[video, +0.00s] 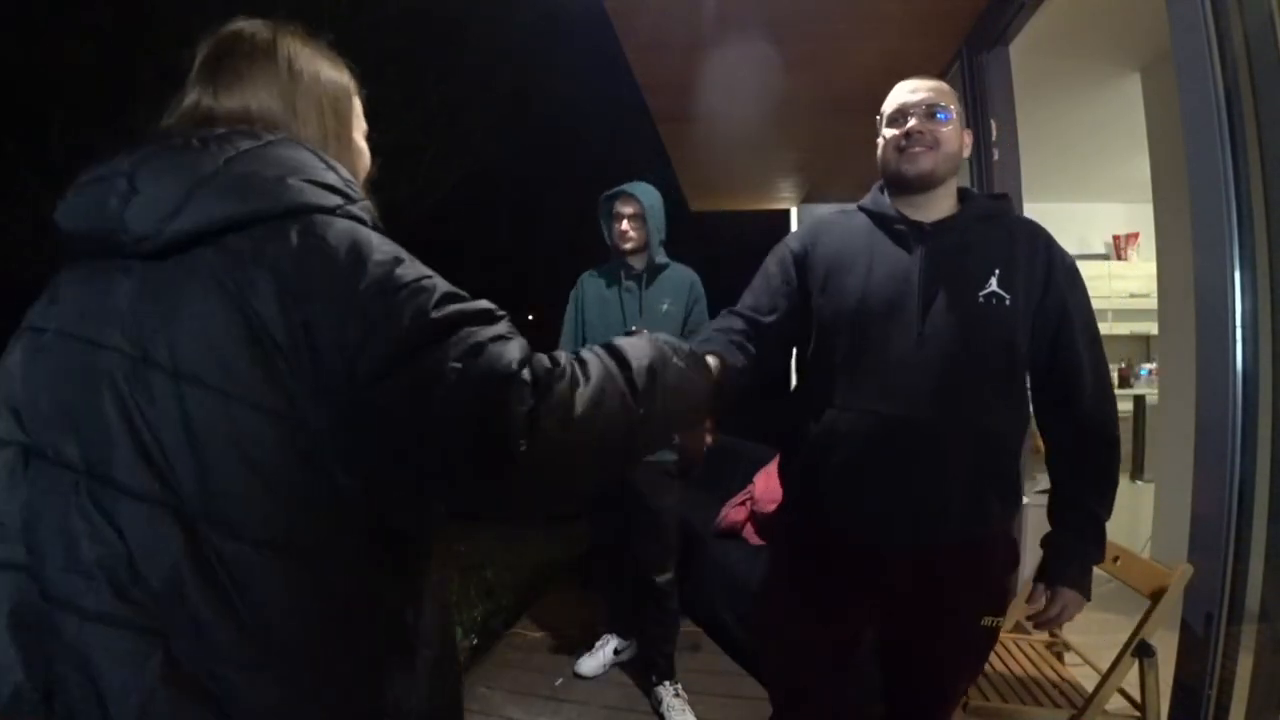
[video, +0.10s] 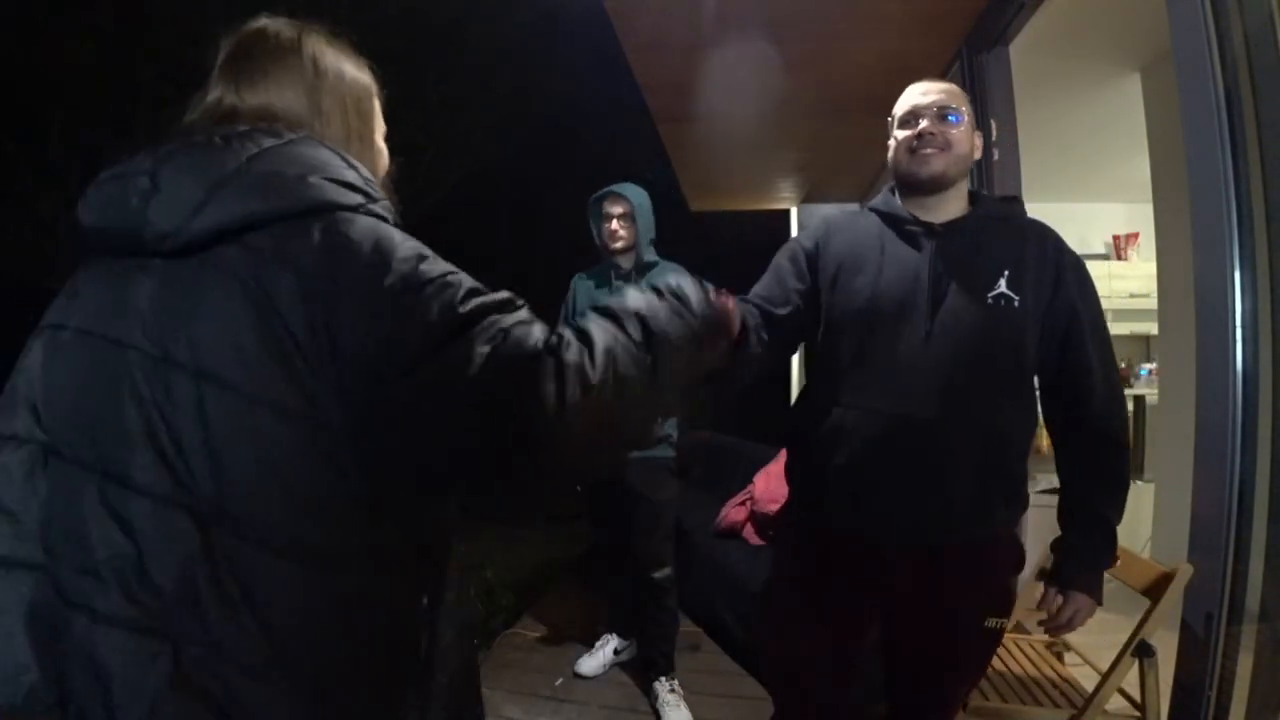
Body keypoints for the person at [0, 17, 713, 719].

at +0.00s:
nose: (367, 166)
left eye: (365, 144)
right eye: (358, 143)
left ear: (202, 125)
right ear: (319, 136)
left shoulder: (67, 292)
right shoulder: (326, 263)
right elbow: (522, 416)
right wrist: (683, 376)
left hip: (75, 687)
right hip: (309, 684)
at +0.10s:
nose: (385, 159)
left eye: (382, 138)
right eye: (379, 137)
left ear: (217, 122)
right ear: (343, 136)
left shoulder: (91, 283)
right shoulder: (350, 262)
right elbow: (553, 403)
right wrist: (682, 309)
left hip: (91, 687)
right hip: (321, 686)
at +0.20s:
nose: (404, 166)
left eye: (401, 144)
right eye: (397, 143)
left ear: (240, 119)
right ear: (365, 137)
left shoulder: (111, 277)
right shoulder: (390, 262)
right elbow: (593, 357)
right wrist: (673, 245)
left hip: (114, 682)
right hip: (335, 683)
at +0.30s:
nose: (415, 171)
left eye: (413, 155)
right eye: (409, 152)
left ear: (252, 123)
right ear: (384, 145)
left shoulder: (118, 283)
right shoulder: (402, 268)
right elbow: (603, 357)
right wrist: (659, 244)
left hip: (94, 677)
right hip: (338, 679)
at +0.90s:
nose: (397, 224)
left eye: (397, 210)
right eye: (394, 209)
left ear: (284, 177)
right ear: (372, 199)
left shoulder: (191, 271)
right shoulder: (358, 277)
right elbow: (508, 409)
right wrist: (619, 366)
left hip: (151, 621)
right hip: (276, 640)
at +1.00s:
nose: (397, 235)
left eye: (397, 220)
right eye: (393, 218)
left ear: (288, 187)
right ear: (367, 208)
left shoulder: (205, 270)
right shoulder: (348, 285)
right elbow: (474, 428)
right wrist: (606, 419)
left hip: (145, 608)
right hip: (251, 638)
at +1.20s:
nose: (393, 235)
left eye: (395, 217)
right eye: (388, 215)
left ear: (306, 194)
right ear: (347, 203)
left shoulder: (213, 263)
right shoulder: (318, 287)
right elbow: (429, 418)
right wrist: (567, 421)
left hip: (135, 598)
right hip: (208, 628)